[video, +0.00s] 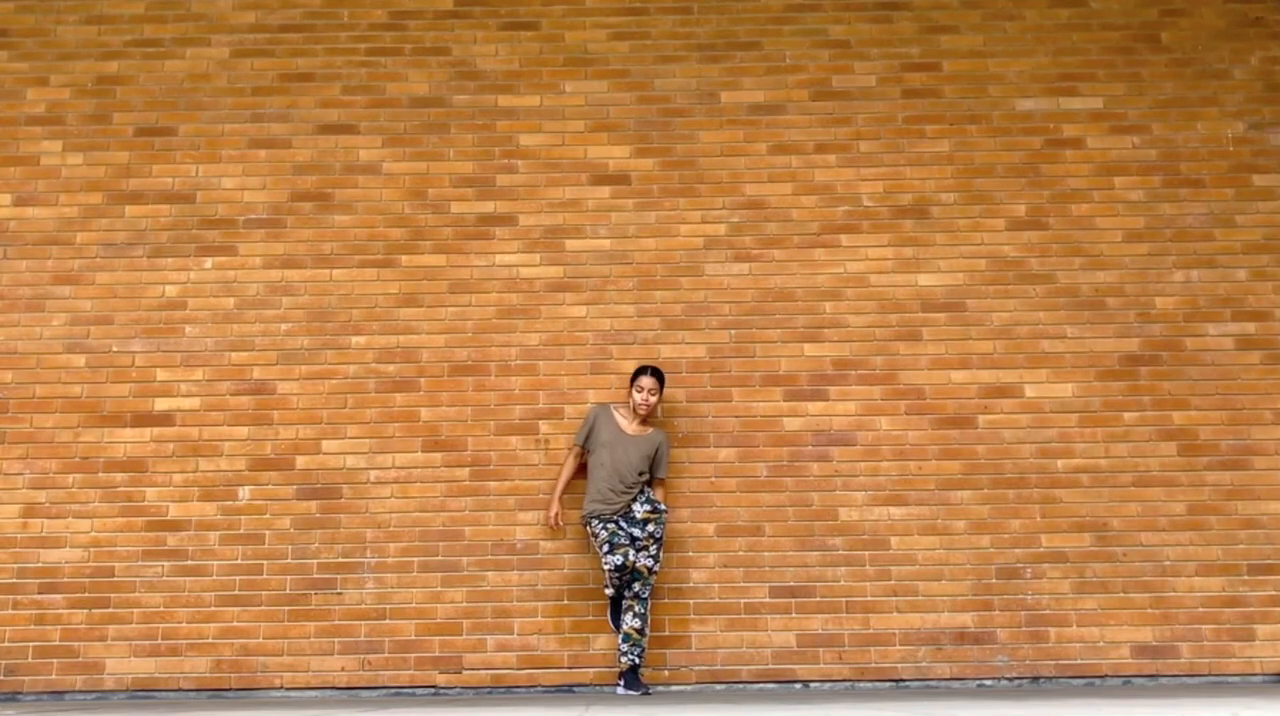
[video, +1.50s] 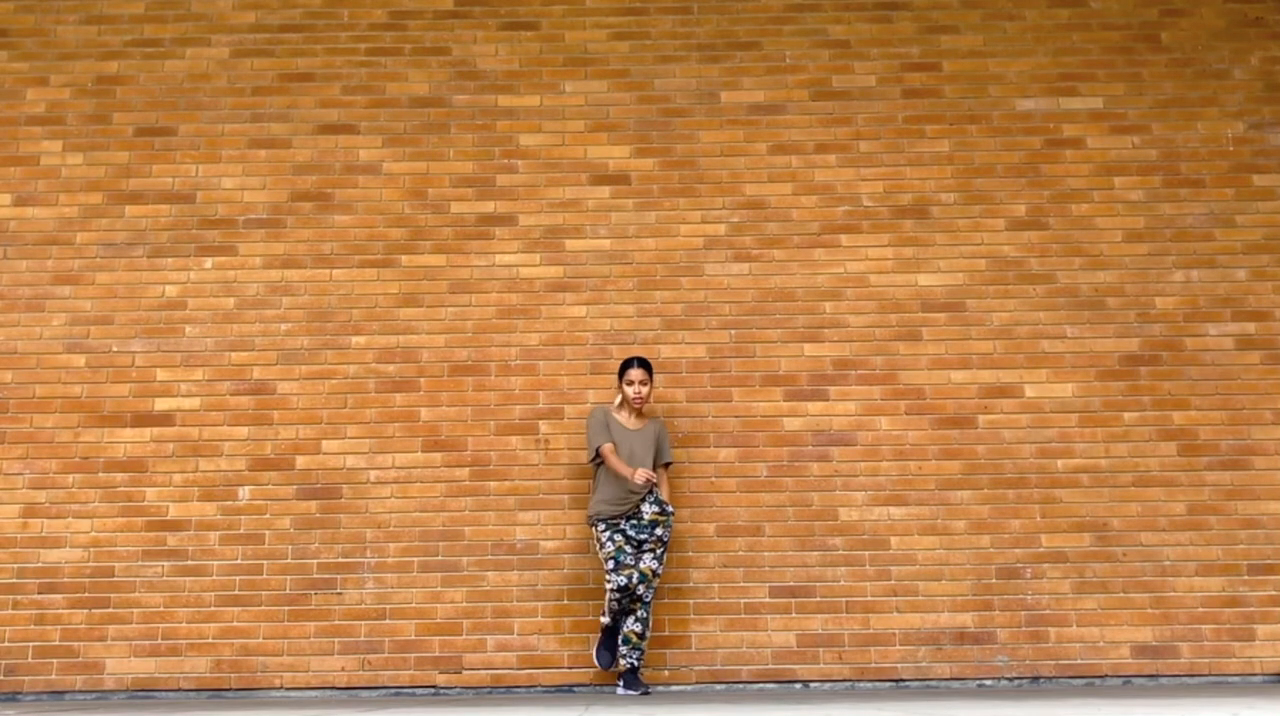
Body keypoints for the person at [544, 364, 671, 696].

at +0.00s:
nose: (645, 397)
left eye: (652, 393)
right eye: (640, 390)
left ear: (659, 398)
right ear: (630, 391)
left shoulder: (657, 439)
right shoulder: (600, 415)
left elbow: (657, 484)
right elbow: (575, 457)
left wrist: (657, 514)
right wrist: (556, 500)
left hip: (640, 515)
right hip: (602, 513)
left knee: (640, 587)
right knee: (622, 562)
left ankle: (630, 670)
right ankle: (617, 598)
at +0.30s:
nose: (644, 400)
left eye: (650, 394)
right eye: (638, 394)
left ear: (658, 397)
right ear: (627, 395)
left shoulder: (657, 439)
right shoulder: (601, 415)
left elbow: (657, 484)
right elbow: (576, 457)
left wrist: (659, 514)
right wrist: (556, 500)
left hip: (640, 514)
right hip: (603, 513)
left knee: (640, 588)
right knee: (625, 561)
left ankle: (630, 669)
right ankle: (617, 596)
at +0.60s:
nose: (633, 393)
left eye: (638, 387)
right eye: (626, 387)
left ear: (647, 390)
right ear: (616, 390)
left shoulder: (658, 431)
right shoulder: (602, 414)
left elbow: (658, 477)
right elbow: (580, 453)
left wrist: (663, 508)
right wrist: (546, 480)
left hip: (645, 510)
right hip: (607, 511)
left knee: (643, 585)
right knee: (626, 566)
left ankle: (630, 669)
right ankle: (617, 596)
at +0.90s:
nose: (644, 395)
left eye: (650, 388)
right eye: (637, 389)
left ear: (657, 391)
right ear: (627, 391)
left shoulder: (659, 433)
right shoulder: (602, 420)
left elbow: (660, 480)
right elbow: (576, 461)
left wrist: (665, 512)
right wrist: (542, 499)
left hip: (648, 516)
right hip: (609, 517)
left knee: (645, 590)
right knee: (621, 577)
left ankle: (630, 671)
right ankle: (618, 599)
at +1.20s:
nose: (631, 392)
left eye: (637, 386)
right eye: (625, 386)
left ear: (646, 389)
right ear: (615, 389)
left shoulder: (658, 428)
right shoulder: (604, 419)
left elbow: (662, 476)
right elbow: (604, 464)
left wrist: (666, 509)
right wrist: (597, 511)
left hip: (652, 513)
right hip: (614, 516)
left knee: (646, 587)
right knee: (623, 578)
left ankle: (631, 669)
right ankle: (618, 599)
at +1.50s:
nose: (638, 390)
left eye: (644, 383)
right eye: (631, 383)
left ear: (652, 387)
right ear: (620, 386)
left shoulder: (656, 427)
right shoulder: (601, 416)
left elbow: (661, 473)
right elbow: (607, 454)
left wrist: (665, 506)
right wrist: (631, 474)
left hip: (649, 516)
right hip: (610, 516)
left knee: (643, 589)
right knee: (625, 582)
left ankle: (630, 671)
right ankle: (610, 630)